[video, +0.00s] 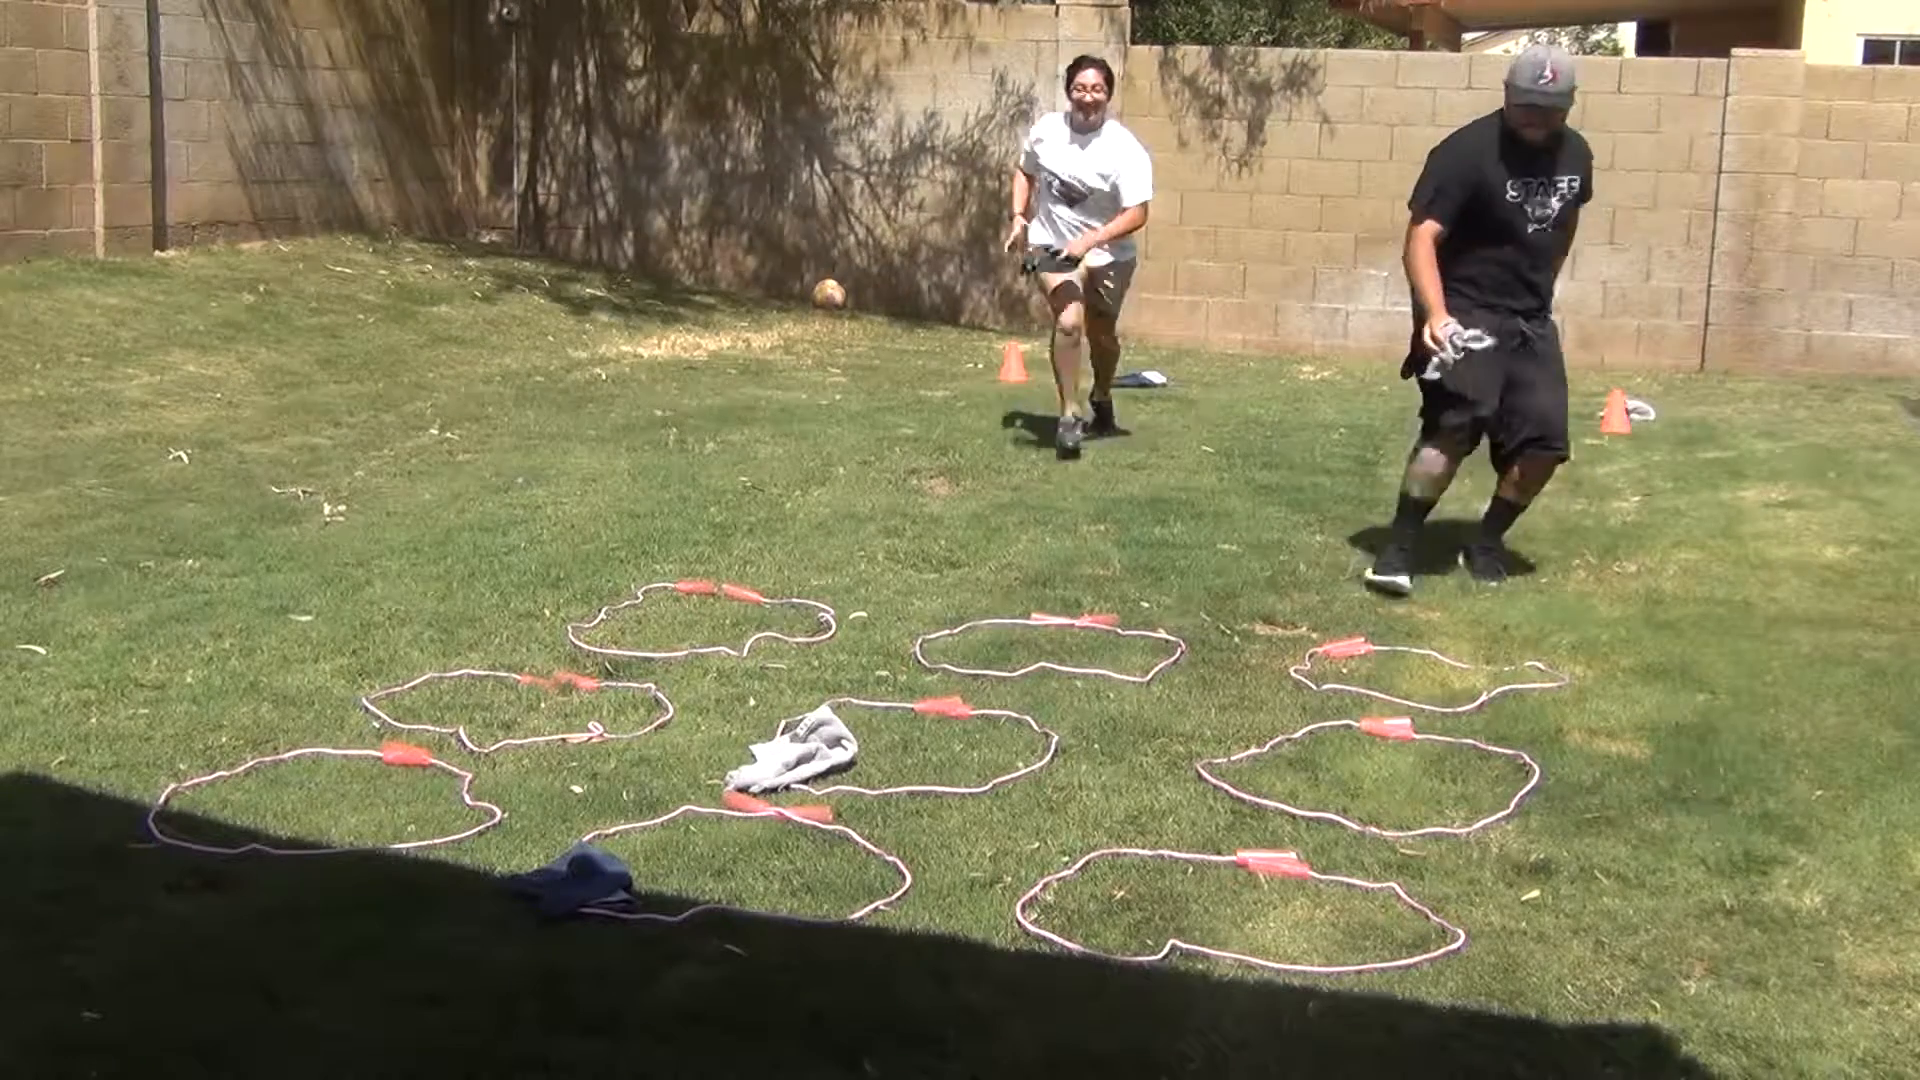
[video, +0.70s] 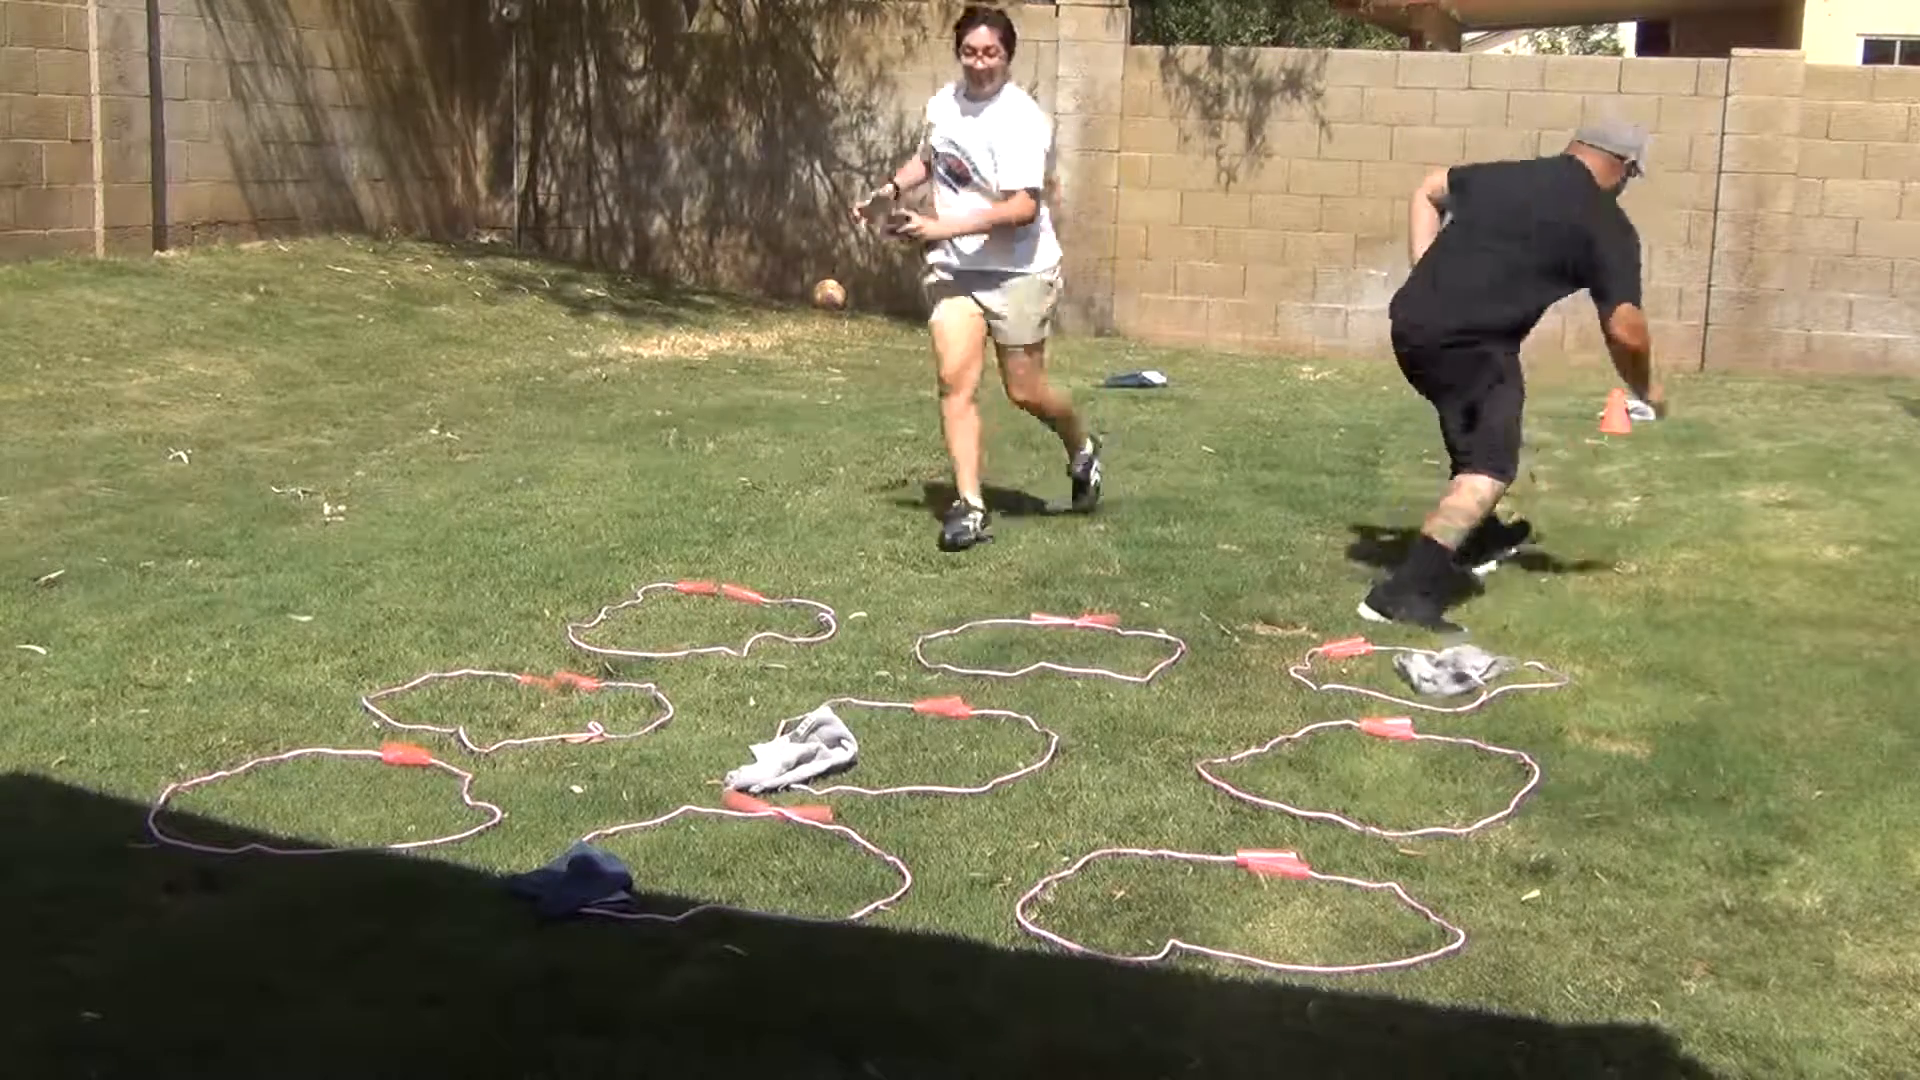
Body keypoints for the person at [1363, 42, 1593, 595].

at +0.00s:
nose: (1532, 119)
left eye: (1546, 110)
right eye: (1523, 107)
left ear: (1567, 106)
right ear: (1506, 98)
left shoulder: (1574, 156)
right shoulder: (1464, 152)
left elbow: (1563, 234)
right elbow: (1420, 238)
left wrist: (1538, 294)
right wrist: (1434, 312)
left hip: (1532, 318)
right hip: (1464, 312)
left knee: (1544, 442)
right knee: (1457, 423)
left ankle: (1486, 543)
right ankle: (1399, 547)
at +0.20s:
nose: (1548, 181)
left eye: (1558, 171)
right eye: (1537, 168)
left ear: (1569, 164)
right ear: (1509, 154)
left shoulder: (1539, 195)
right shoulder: (1472, 207)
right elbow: (1443, 301)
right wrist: (1441, 386)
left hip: (1492, 354)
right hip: (1443, 359)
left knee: (1562, 466)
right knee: (1493, 471)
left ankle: (1463, 533)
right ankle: (1404, 589)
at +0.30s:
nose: (1570, 205)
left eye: (1579, 196)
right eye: (1562, 193)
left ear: (1590, 180)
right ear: (1529, 169)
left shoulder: (1530, 207)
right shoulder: (1494, 219)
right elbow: (1457, 315)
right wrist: (1455, 408)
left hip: (1475, 351)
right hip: (1428, 358)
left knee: (1548, 457)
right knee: (1496, 473)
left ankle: (1429, 541)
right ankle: (1403, 596)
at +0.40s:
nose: (1598, 210)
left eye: (1605, 202)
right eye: (1595, 198)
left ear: (1564, 167)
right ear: (1563, 173)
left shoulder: (1529, 168)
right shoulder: (1511, 223)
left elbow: (1488, 165)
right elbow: (1480, 332)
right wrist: (1492, 433)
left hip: (1448, 331)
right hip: (1418, 342)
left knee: (1526, 437)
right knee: (1491, 463)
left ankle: (1412, 531)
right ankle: (1410, 590)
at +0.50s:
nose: (1627, 204)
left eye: (1633, 195)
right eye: (1630, 192)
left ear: (1589, 167)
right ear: (1605, 180)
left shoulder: (1532, 163)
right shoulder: (1539, 225)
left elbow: (1480, 162)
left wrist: (1456, 235)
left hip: (1442, 314)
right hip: (1423, 327)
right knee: (1489, 466)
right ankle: (1403, 593)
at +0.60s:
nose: (1628, 201)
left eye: (1635, 191)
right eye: (1632, 189)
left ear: (1585, 159)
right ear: (1617, 180)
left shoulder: (1524, 172)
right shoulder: (1570, 238)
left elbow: (1457, 175)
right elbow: (1578, 352)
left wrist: (1452, 240)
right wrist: (1623, 428)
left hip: (1411, 311)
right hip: (1447, 336)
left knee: (1464, 426)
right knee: (1497, 469)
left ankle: (1458, 524)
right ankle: (1407, 589)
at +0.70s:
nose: (1624, 187)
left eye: (1629, 178)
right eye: (1629, 177)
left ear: (1574, 149)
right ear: (1622, 167)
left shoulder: (1513, 173)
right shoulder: (1606, 224)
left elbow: (1429, 191)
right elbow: (1626, 330)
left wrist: (1428, 279)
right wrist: (1642, 390)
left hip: (1411, 323)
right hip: (1474, 340)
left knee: (1468, 420)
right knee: (1487, 471)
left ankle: (1474, 529)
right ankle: (1408, 589)